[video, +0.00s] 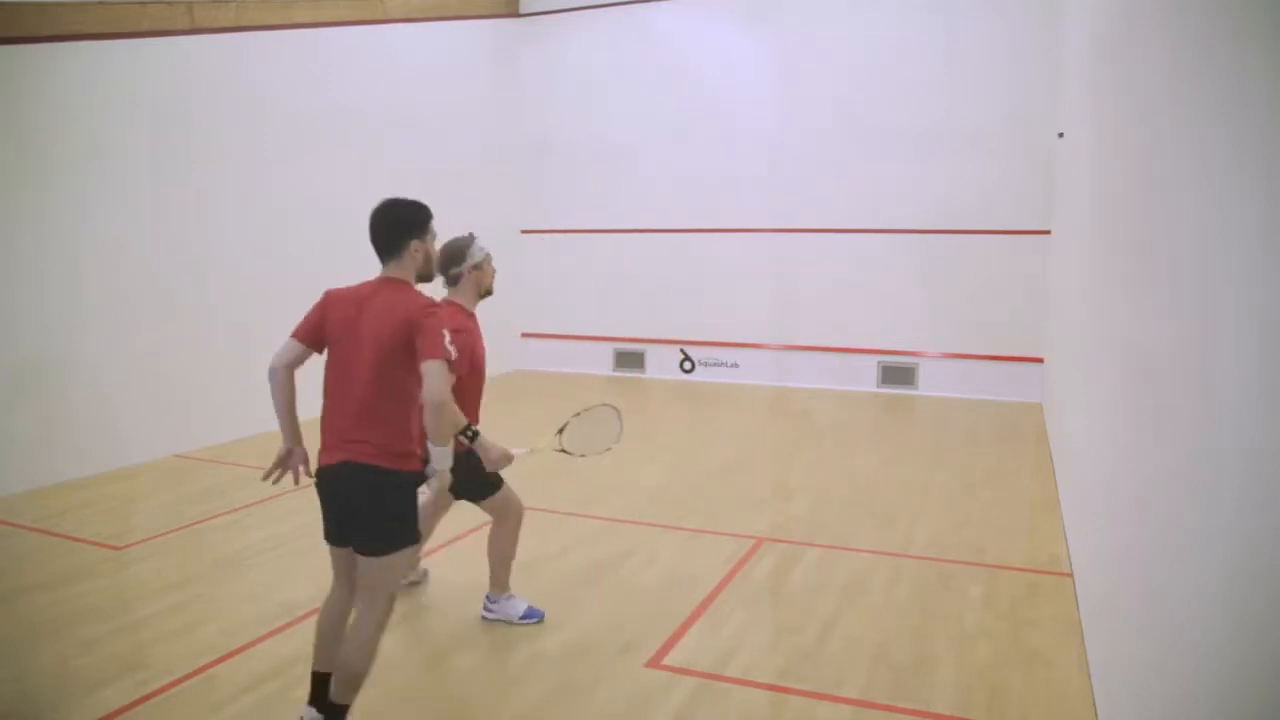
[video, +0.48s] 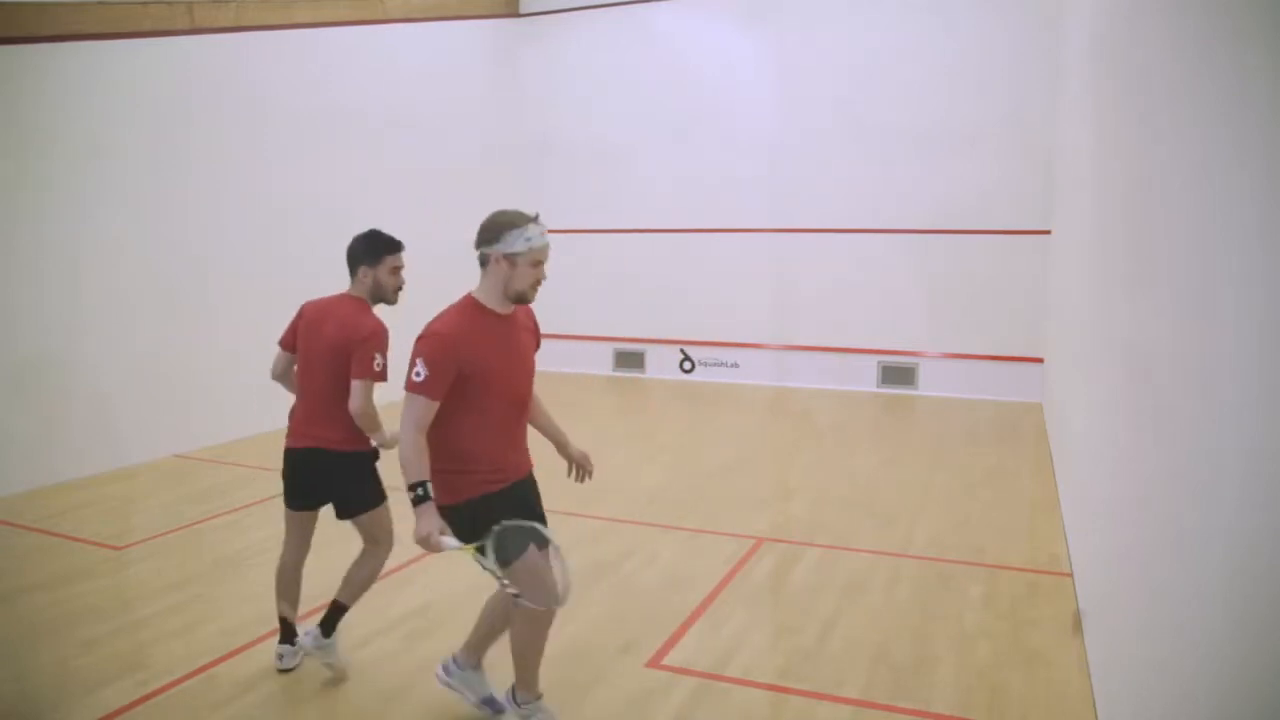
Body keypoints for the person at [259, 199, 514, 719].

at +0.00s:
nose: (437, 249)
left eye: (435, 239)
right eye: (433, 239)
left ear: (382, 247)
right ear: (416, 246)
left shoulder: (337, 302)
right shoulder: (422, 311)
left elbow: (281, 366)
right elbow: (436, 399)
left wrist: (291, 442)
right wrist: (441, 469)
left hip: (334, 472)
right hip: (387, 477)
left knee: (342, 589)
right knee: (374, 606)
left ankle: (319, 704)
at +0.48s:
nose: (402, 279)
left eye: (402, 269)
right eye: (395, 270)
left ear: (360, 273)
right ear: (366, 272)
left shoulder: (311, 310)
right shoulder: (370, 328)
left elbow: (280, 370)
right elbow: (359, 405)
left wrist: (315, 397)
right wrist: (380, 434)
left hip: (300, 455)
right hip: (346, 459)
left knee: (294, 546)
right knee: (379, 542)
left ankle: (286, 643)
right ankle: (324, 631)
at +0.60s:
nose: (410, 283)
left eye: (411, 274)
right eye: (402, 274)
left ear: (369, 276)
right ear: (374, 275)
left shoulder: (328, 310)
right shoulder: (377, 328)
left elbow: (305, 366)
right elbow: (364, 403)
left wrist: (349, 373)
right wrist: (395, 431)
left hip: (311, 449)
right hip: (357, 452)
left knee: (299, 541)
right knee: (402, 514)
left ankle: (288, 641)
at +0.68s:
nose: (418, 292)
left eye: (420, 283)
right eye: (411, 283)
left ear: (383, 284)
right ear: (385, 281)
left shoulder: (344, 315)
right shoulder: (386, 336)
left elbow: (325, 371)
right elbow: (373, 408)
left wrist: (365, 385)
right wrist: (403, 425)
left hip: (322, 447)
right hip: (362, 449)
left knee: (308, 540)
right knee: (405, 514)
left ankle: (290, 640)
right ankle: (431, 585)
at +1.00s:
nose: (461, 308)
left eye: (464, 300)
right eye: (454, 299)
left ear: (468, 299)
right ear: (432, 297)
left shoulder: (396, 322)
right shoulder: (430, 342)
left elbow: (366, 367)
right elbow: (428, 411)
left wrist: (406, 376)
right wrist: (466, 430)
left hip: (358, 432)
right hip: (391, 439)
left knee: (380, 481)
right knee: (444, 498)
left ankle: (357, 558)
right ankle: (447, 569)